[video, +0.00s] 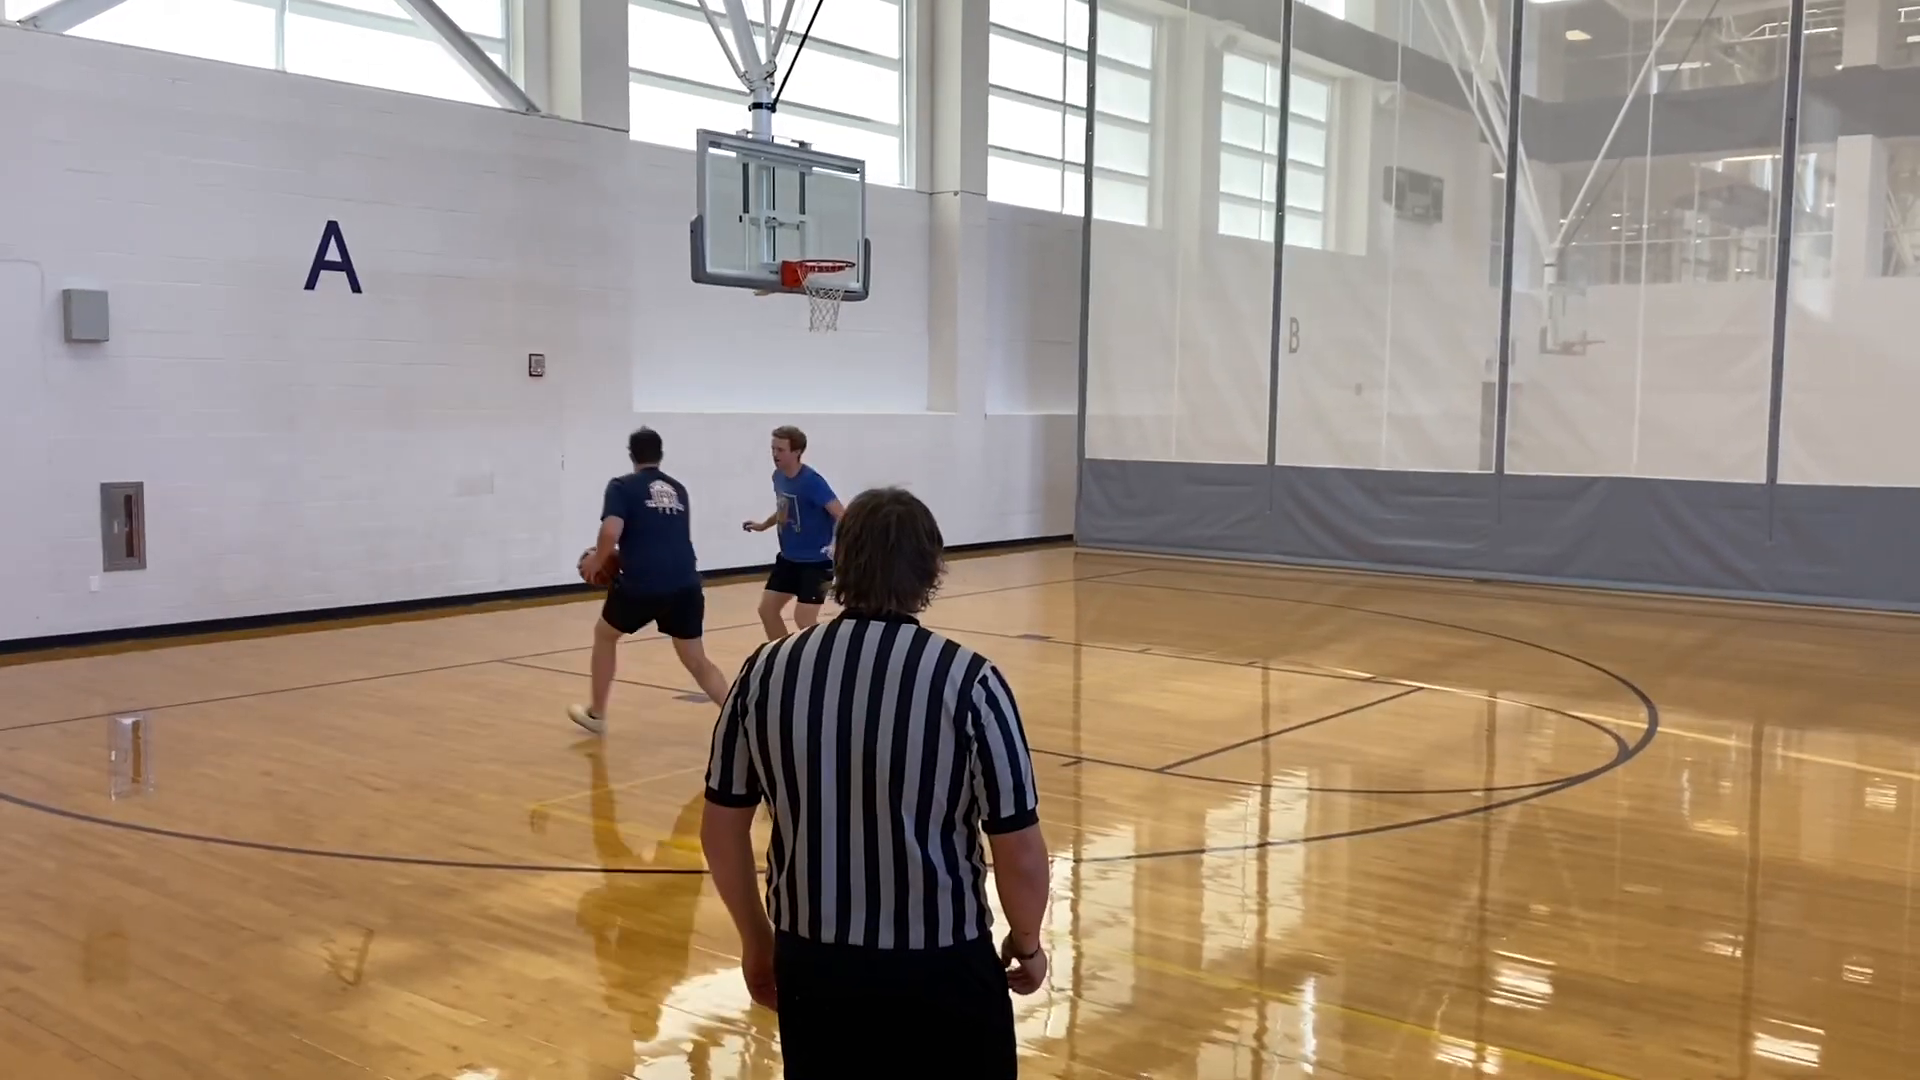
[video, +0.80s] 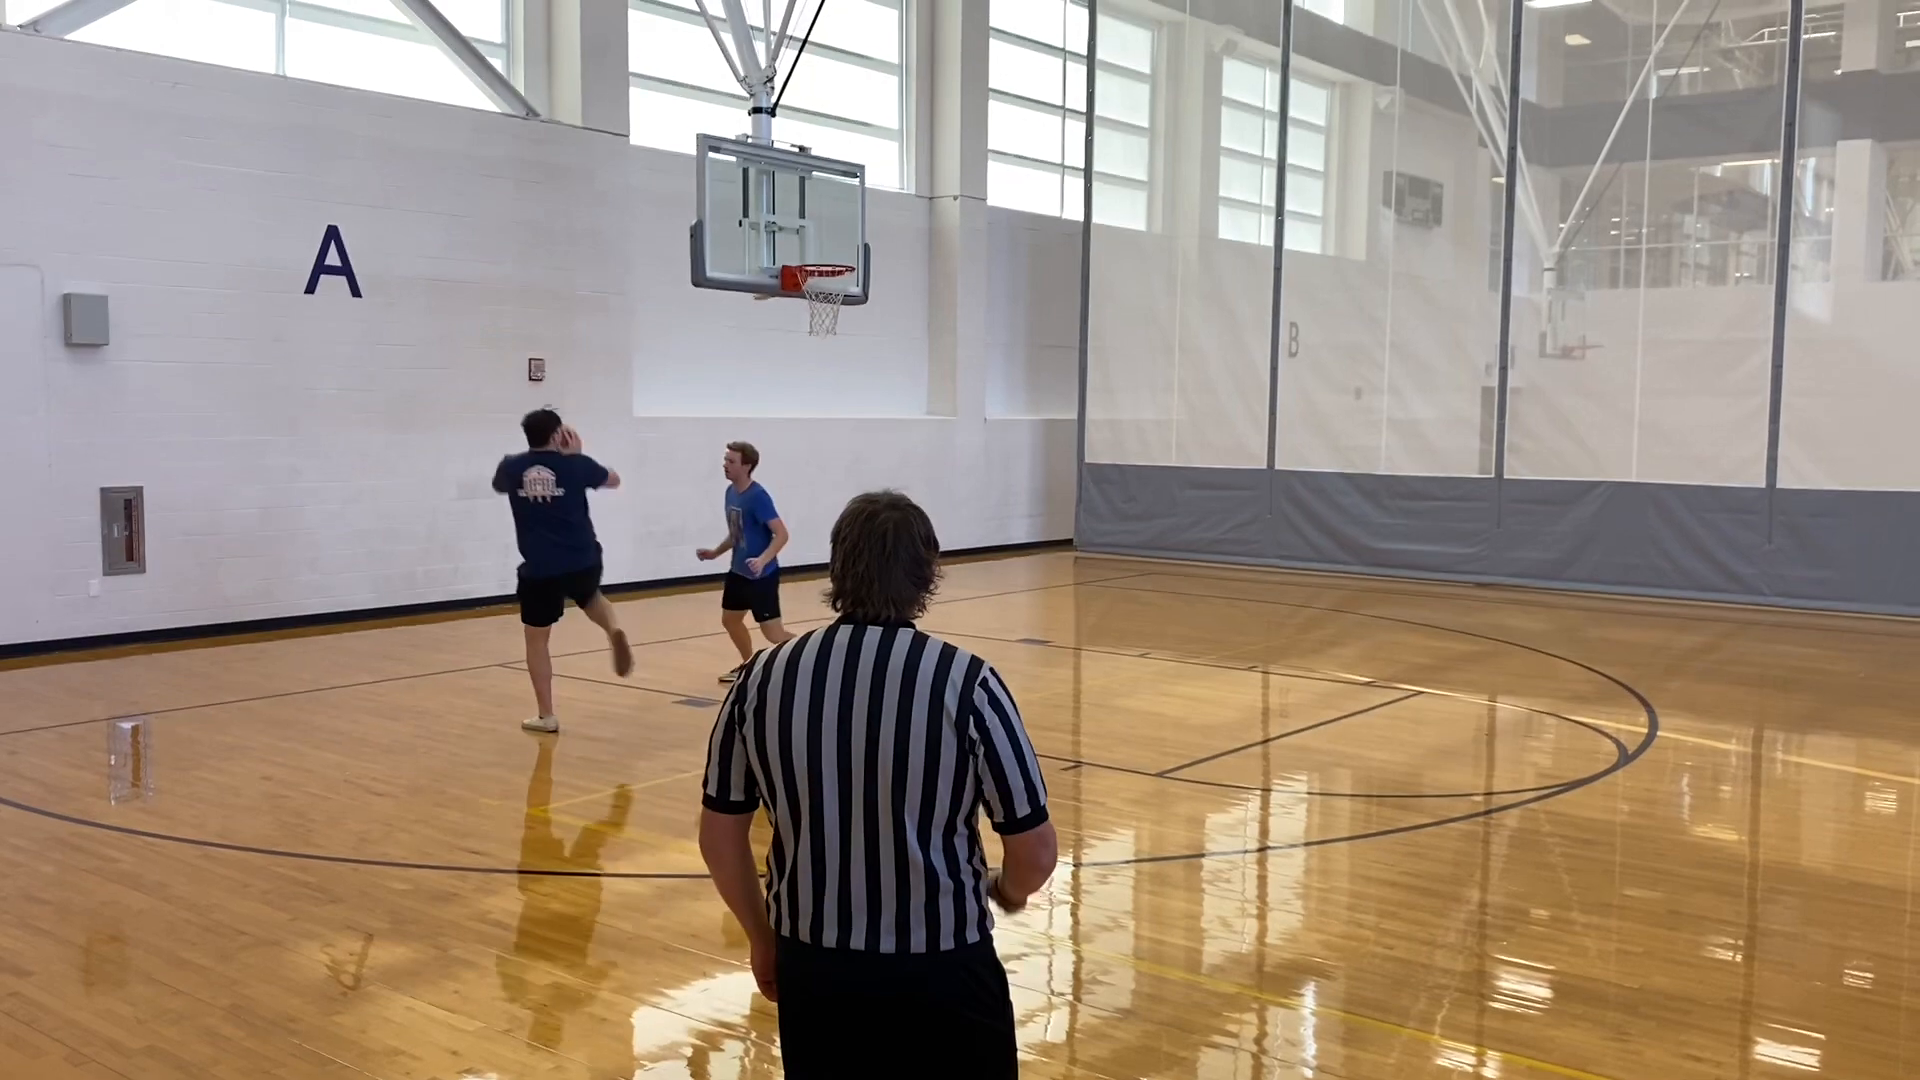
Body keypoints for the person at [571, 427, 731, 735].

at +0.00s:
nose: (636, 458)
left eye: (634, 453)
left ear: (632, 456)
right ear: (661, 456)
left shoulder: (622, 486)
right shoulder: (678, 488)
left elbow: (611, 532)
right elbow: (671, 538)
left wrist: (598, 558)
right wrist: (620, 556)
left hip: (639, 586)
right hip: (684, 585)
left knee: (606, 634)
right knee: (696, 659)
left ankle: (596, 713)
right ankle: (739, 717)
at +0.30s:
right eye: (614, 442)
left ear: (588, 445)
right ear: (617, 445)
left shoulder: (575, 478)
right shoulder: (636, 476)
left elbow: (565, 531)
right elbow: (643, 524)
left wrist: (557, 553)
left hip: (597, 579)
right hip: (643, 574)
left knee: (570, 645)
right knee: (672, 643)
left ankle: (550, 711)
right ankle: (723, 699)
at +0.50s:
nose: (589, 446)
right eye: (591, 441)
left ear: (562, 445)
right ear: (591, 444)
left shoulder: (543, 480)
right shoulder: (611, 476)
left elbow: (520, 529)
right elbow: (630, 521)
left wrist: (548, 529)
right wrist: (595, 517)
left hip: (571, 577)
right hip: (618, 574)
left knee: (552, 638)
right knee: (643, 634)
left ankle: (548, 711)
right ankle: (689, 673)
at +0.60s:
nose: (582, 444)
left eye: (578, 439)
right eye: (581, 439)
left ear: (550, 444)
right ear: (578, 443)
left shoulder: (530, 479)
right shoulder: (597, 474)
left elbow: (507, 521)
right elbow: (621, 512)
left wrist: (538, 511)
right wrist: (588, 509)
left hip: (559, 577)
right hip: (605, 574)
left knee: (544, 638)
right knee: (625, 625)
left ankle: (547, 715)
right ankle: (663, 658)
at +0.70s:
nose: (572, 442)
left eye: (569, 437)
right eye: (570, 438)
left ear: (538, 442)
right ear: (566, 442)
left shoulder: (520, 474)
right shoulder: (584, 470)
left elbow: (501, 507)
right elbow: (618, 499)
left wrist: (528, 486)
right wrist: (584, 484)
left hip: (549, 576)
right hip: (594, 570)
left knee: (540, 642)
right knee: (609, 614)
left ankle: (547, 716)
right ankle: (638, 644)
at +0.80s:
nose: (563, 434)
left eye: (561, 430)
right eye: (561, 430)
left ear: (527, 437)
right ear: (557, 436)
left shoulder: (512, 466)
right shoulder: (575, 464)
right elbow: (613, 480)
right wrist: (577, 456)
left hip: (540, 570)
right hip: (583, 564)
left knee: (537, 642)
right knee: (590, 598)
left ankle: (547, 716)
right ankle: (614, 632)